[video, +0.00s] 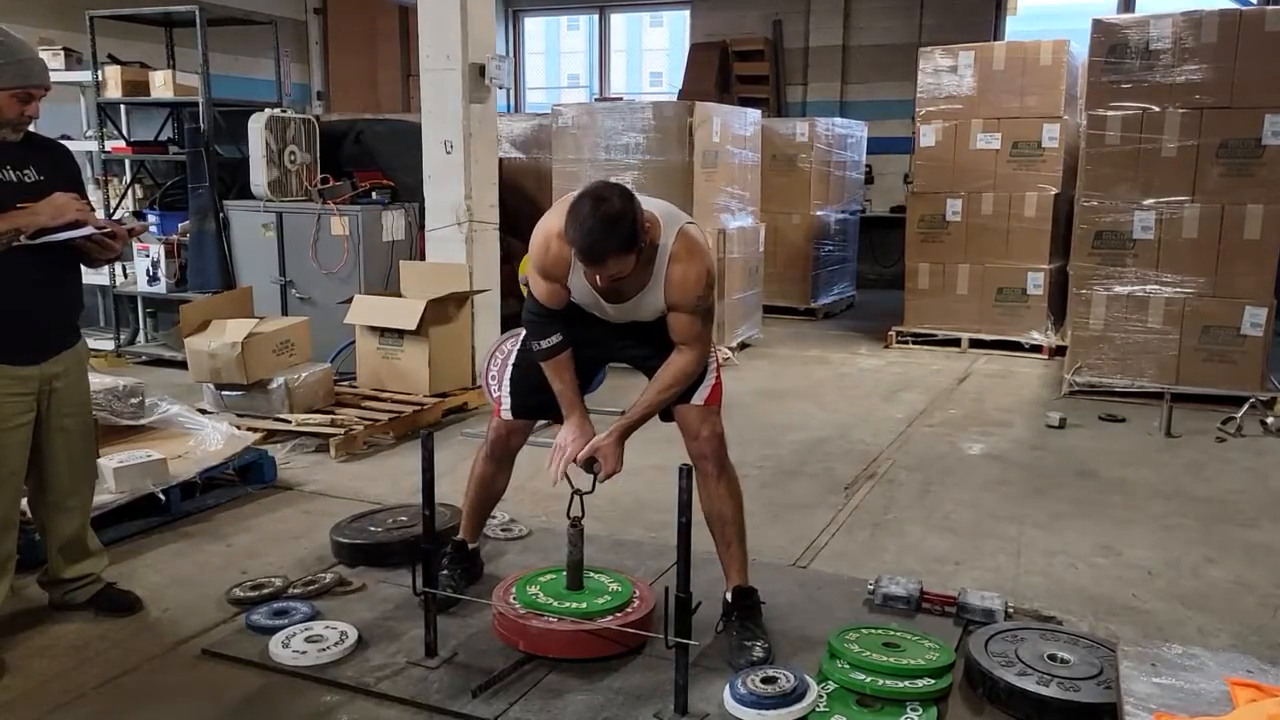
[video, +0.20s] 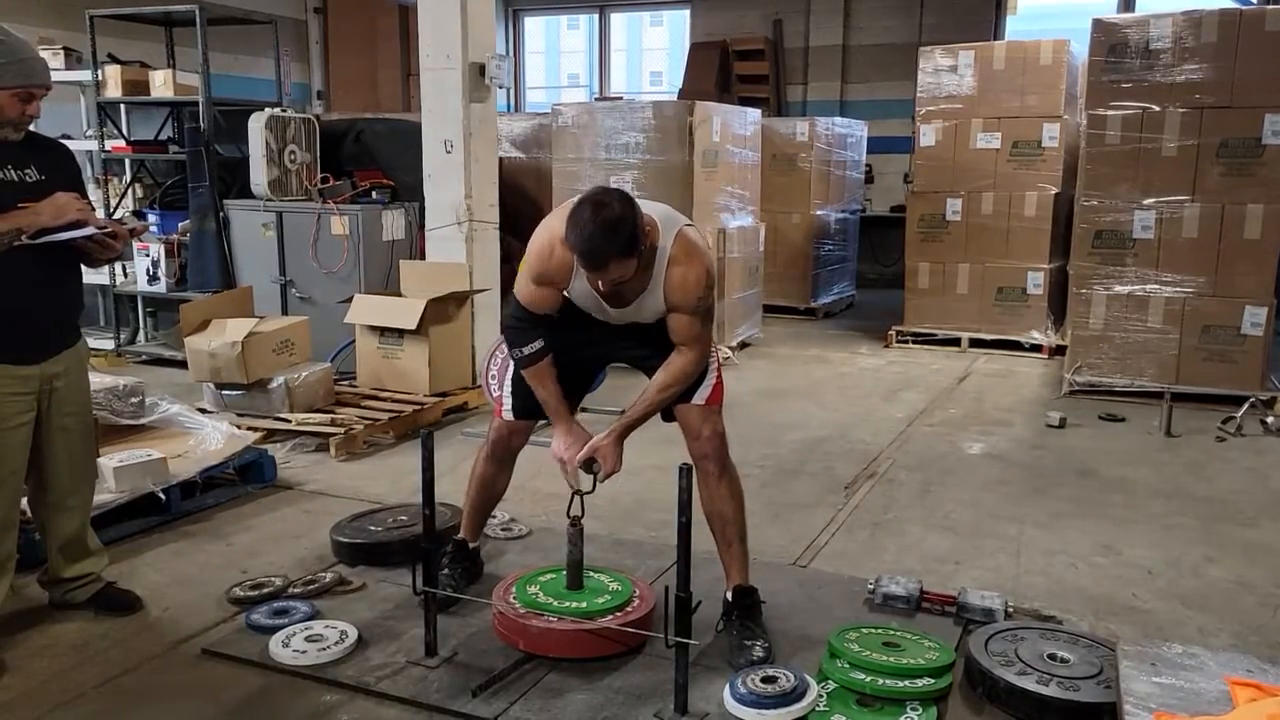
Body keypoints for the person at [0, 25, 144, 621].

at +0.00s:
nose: (33, 109)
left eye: (39, 97)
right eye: (22, 97)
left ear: (44, 92)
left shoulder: (55, 157)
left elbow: (84, 242)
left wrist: (106, 248)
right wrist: (33, 216)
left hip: (62, 345)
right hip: (4, 354)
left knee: (70, 472)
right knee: (5, 489)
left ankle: (75, 579)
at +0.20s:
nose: (33, 108)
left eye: (40, 96)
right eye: (23, 96)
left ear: (44, 92)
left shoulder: (56, 157)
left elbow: (83, 245)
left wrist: (106, 249)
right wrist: (35, 216)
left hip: (63, 346)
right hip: (4, 354)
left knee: (70, 473)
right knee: (5, 489)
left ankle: (75, 581)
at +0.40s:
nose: (35, 107)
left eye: (41, 96)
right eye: (24, 96)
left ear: (44, 92)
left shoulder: (56, 156)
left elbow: (84, 245)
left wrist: (107, 249)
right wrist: (37, 216)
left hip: (64, 346)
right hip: (5, 355)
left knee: (70, 473)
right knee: (6, 490)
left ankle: (75, 580)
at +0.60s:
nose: (36, 107)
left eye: (42, 95)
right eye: (25, 95)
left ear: (45, 91)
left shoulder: (57, 156)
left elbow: (84, 246)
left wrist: (107, 249)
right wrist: (38, 216)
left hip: (64, 346)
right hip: (5, 354)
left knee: (70, 473)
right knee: (7, 489)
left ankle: (75, 580)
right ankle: (1, 599)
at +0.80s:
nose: (36, 108)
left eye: (42, 96)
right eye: (25, 96)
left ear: (46, 91)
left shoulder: (57, 157)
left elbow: (82, 248)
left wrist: (107, 249)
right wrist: (37, 216)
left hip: (64, 347)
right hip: (5, 356)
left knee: (70, 474)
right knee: (5, 491)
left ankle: (75, 581)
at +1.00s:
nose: (37, 108)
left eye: (43, 96)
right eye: (26, 96)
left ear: (46, 92)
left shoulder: (58, 157)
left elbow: (80, 247)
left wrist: (107, 250)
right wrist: (39, 217)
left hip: (65, 347)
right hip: (6, 356)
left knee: (71, 474)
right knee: (6, 491)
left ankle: (74, 581)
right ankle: (0, 599)